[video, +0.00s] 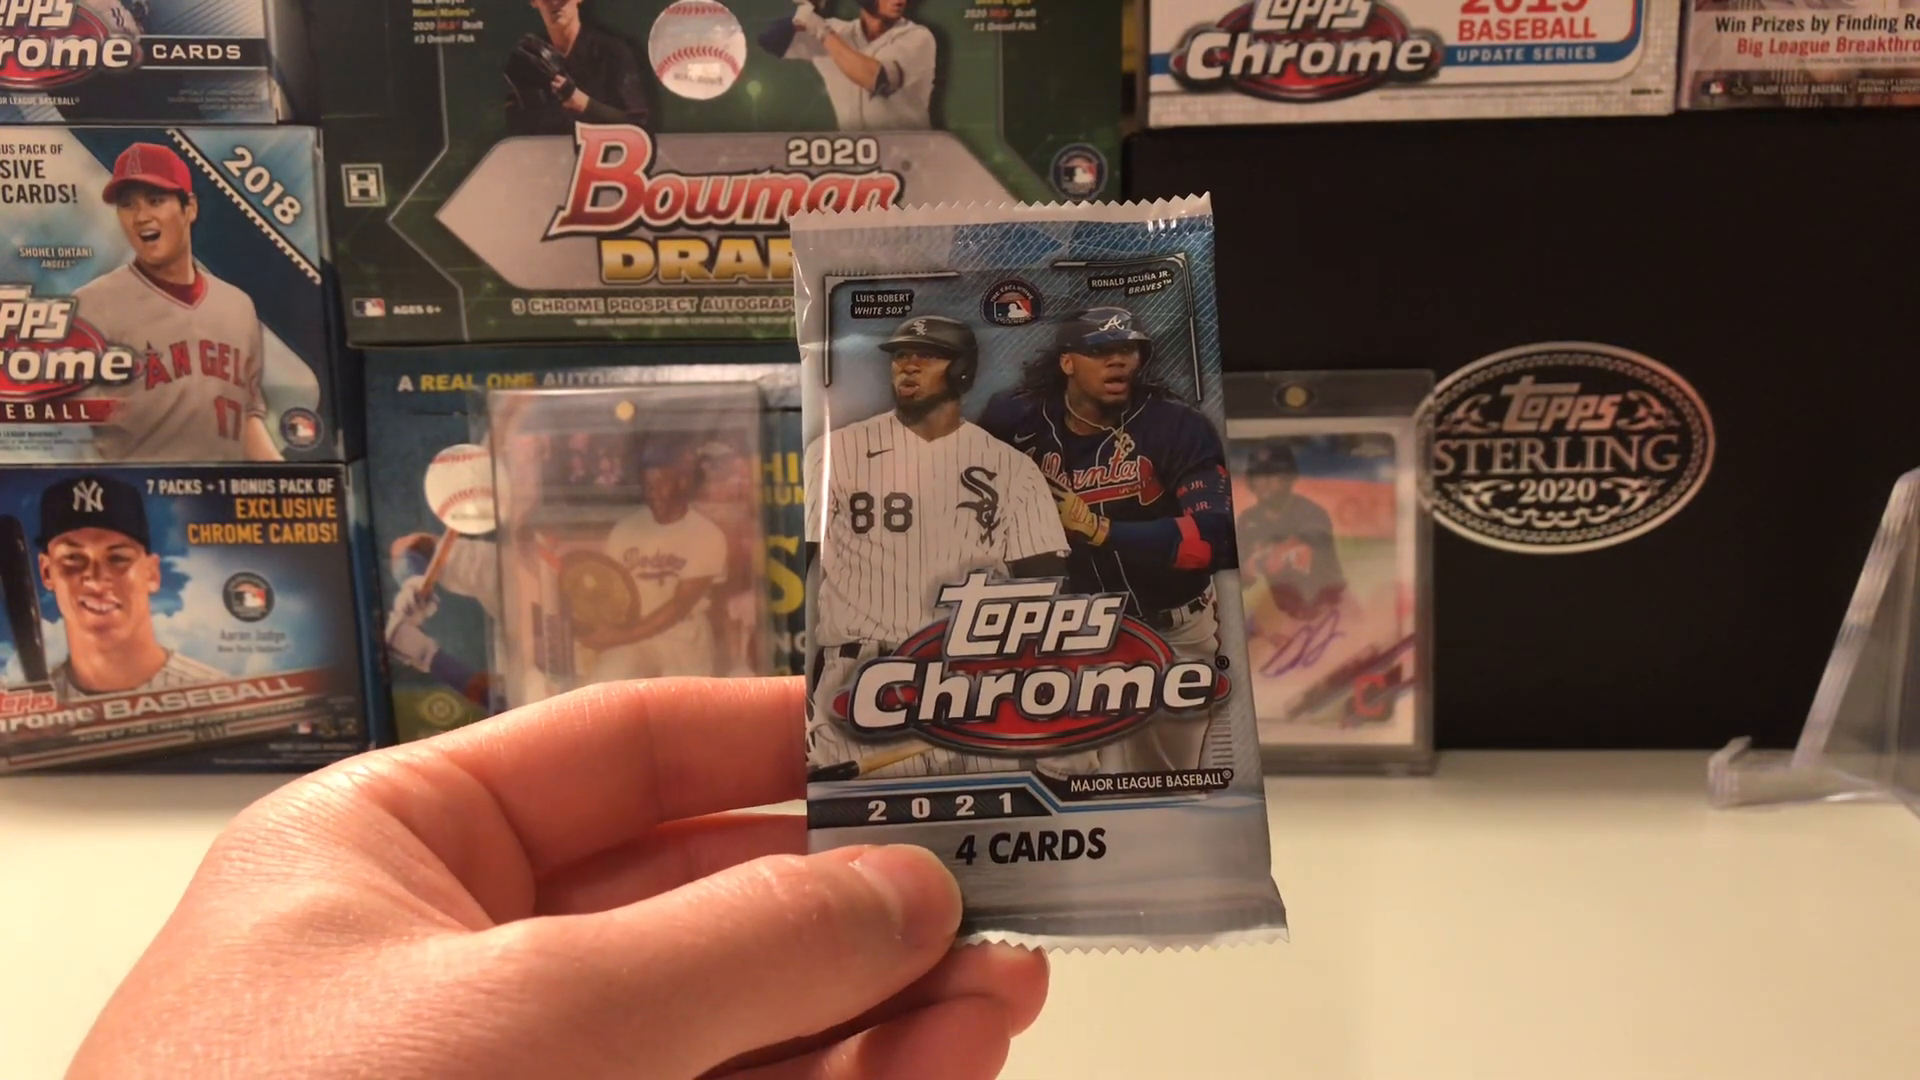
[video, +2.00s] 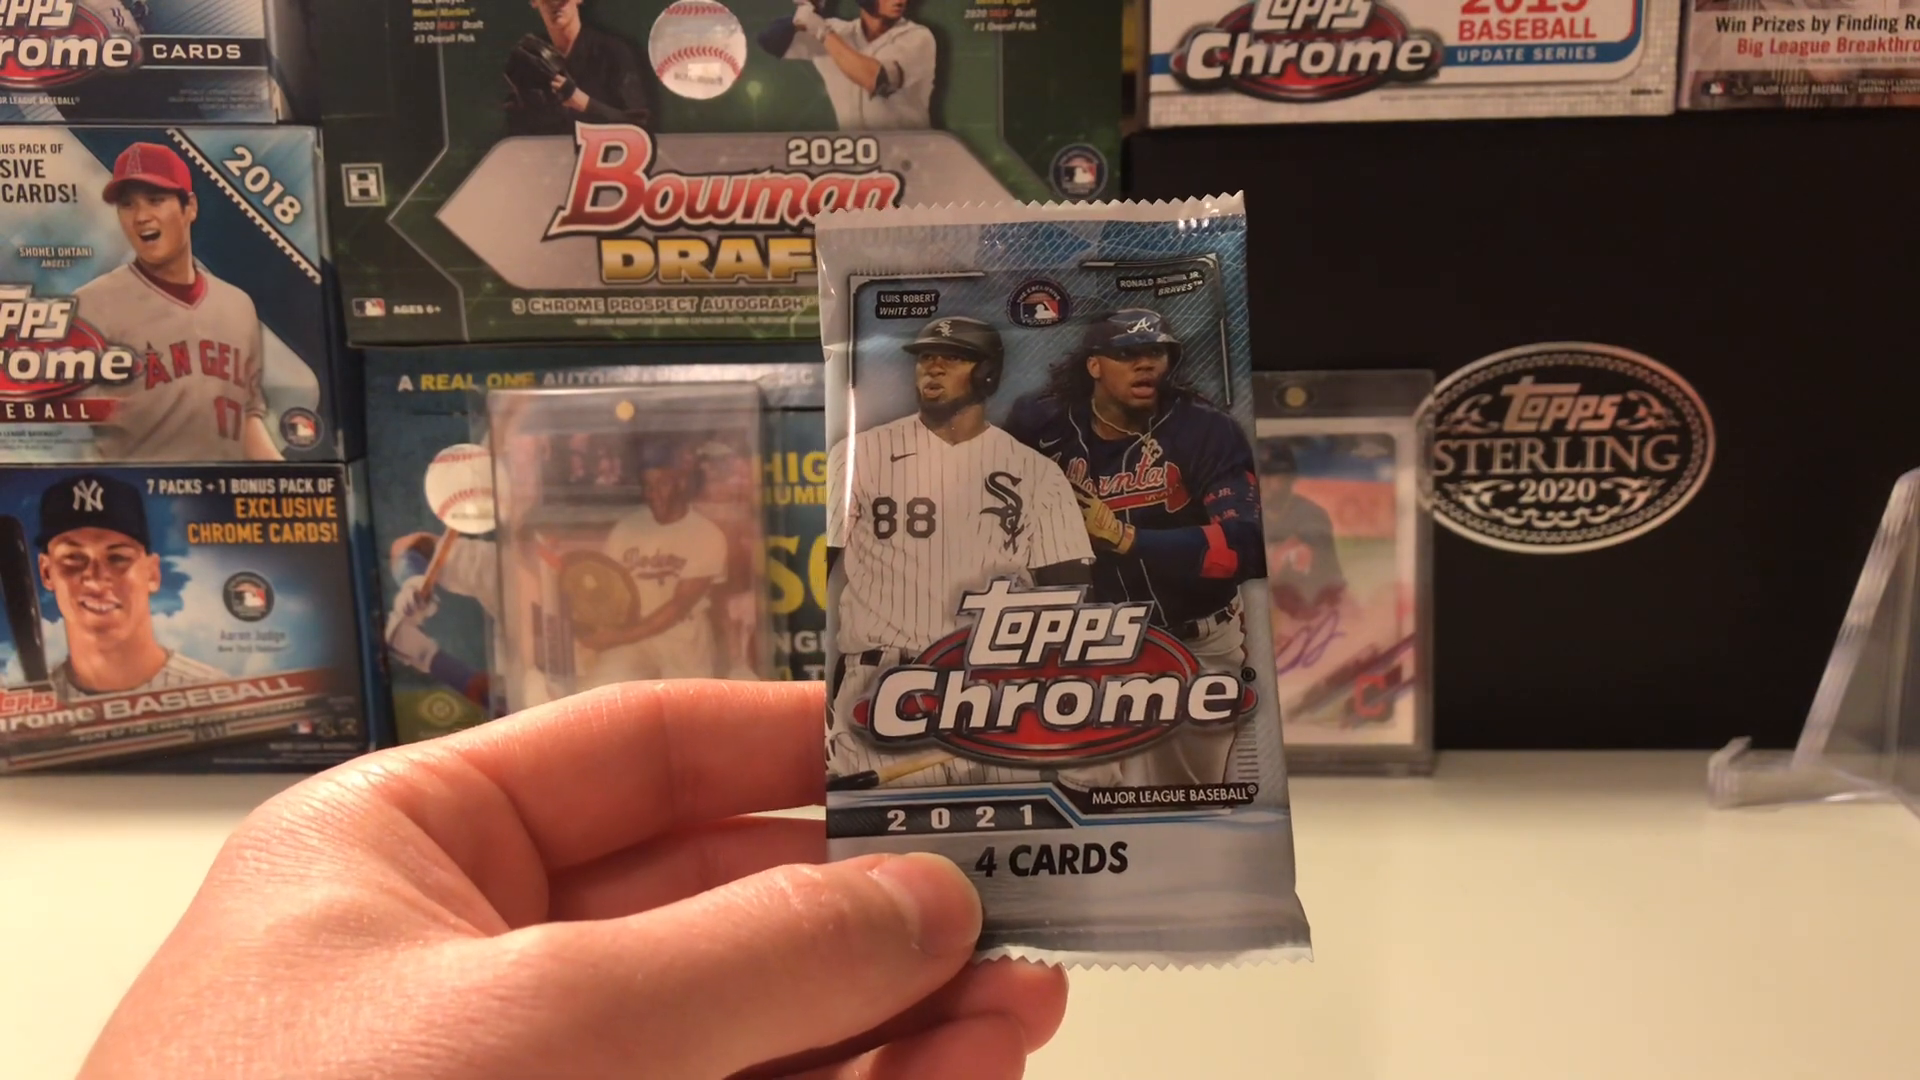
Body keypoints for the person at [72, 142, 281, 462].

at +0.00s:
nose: (143, 216)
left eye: (156, 200)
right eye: (128, 204)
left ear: (190, 209)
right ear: (119, 217)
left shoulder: (239, 307)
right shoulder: (91, 307)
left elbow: (248, 414)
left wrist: (283, 484)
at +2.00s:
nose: (142, 216)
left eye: (156, 200)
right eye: (128, 204)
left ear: (189, 209)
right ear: (118, 216)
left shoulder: (239, 306)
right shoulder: (91, 306)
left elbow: (248, 414)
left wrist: (283, 482)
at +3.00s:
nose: (142, 216)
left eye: (157, 200)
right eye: (128, 204)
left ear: (189, 209)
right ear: (118, 217)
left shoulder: (239, 307)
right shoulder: (92, 306)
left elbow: (247, 414)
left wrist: (284, 484)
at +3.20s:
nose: (142, 216)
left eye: (157, 200)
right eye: (128, 203)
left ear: (189, 209)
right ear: (118, 217)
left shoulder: (239, 307)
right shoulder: (91, 306)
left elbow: (247, 414)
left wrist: (284, 483)